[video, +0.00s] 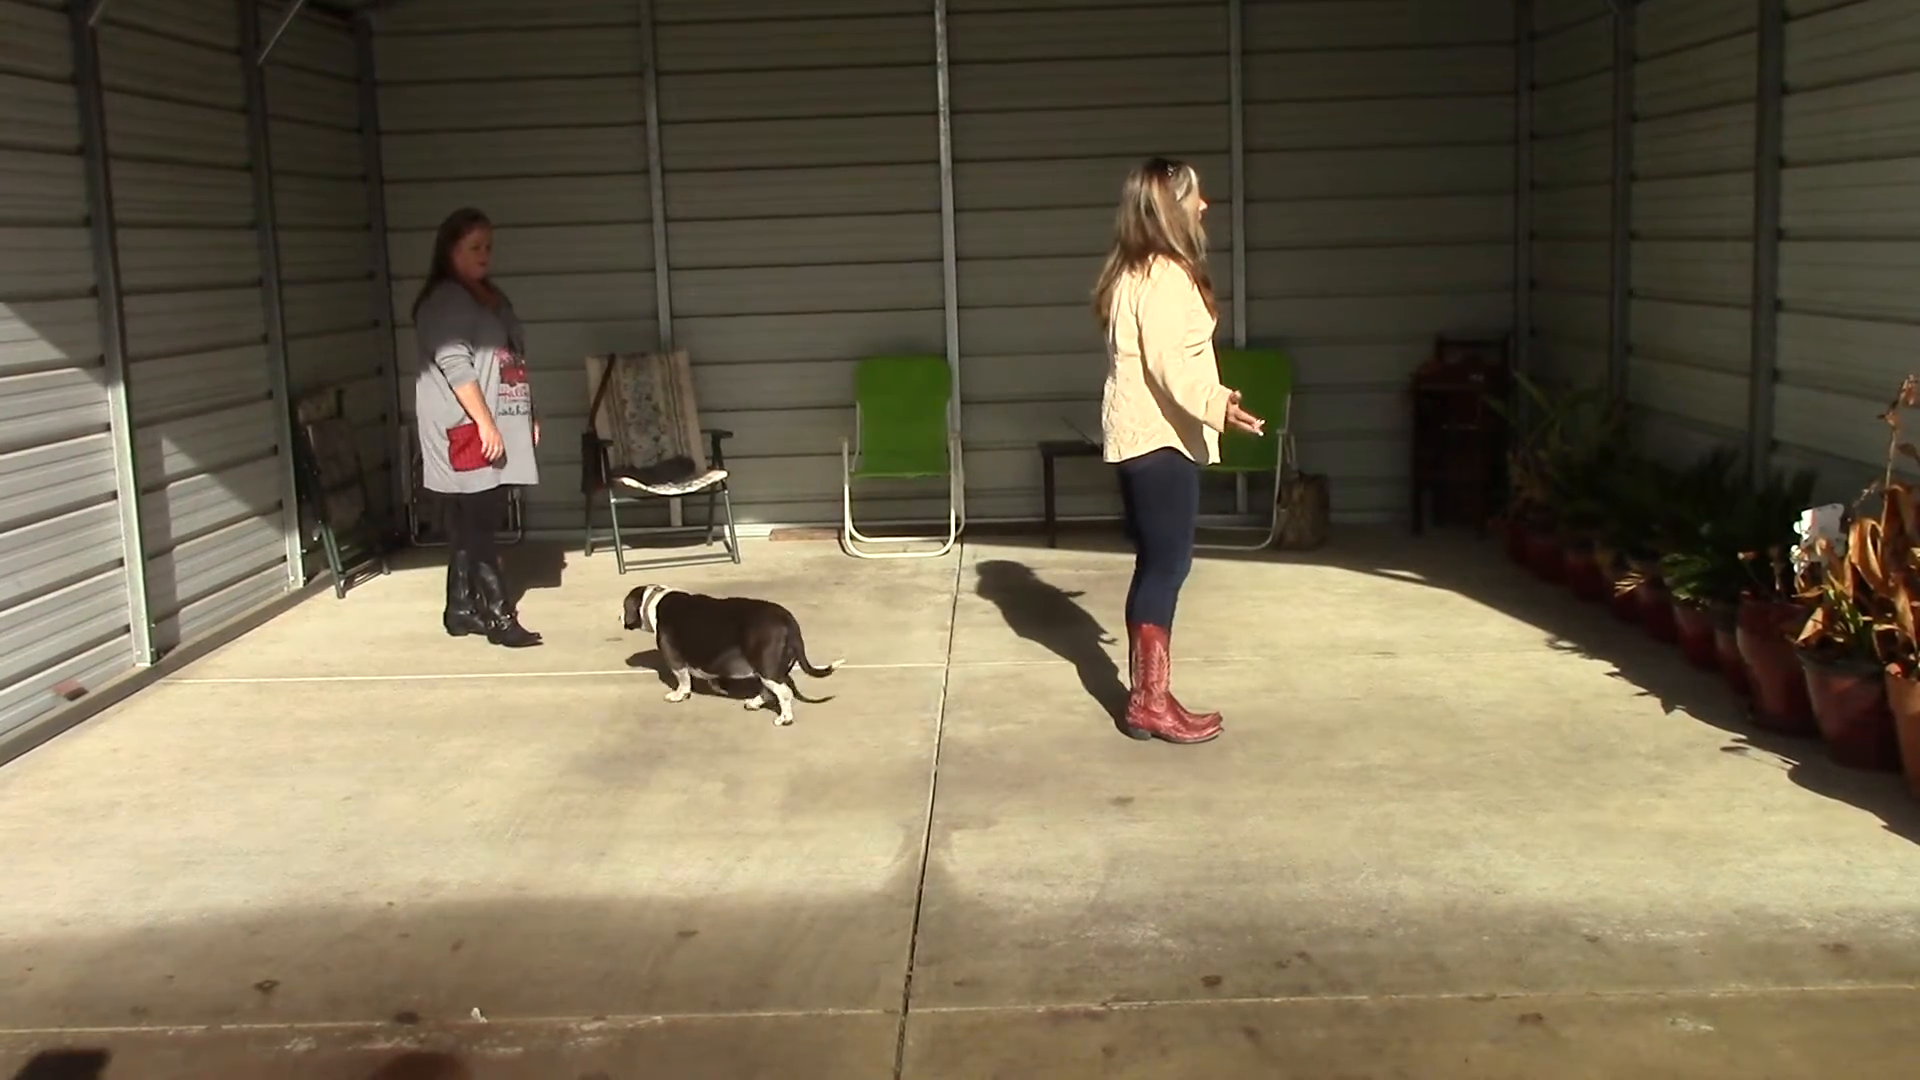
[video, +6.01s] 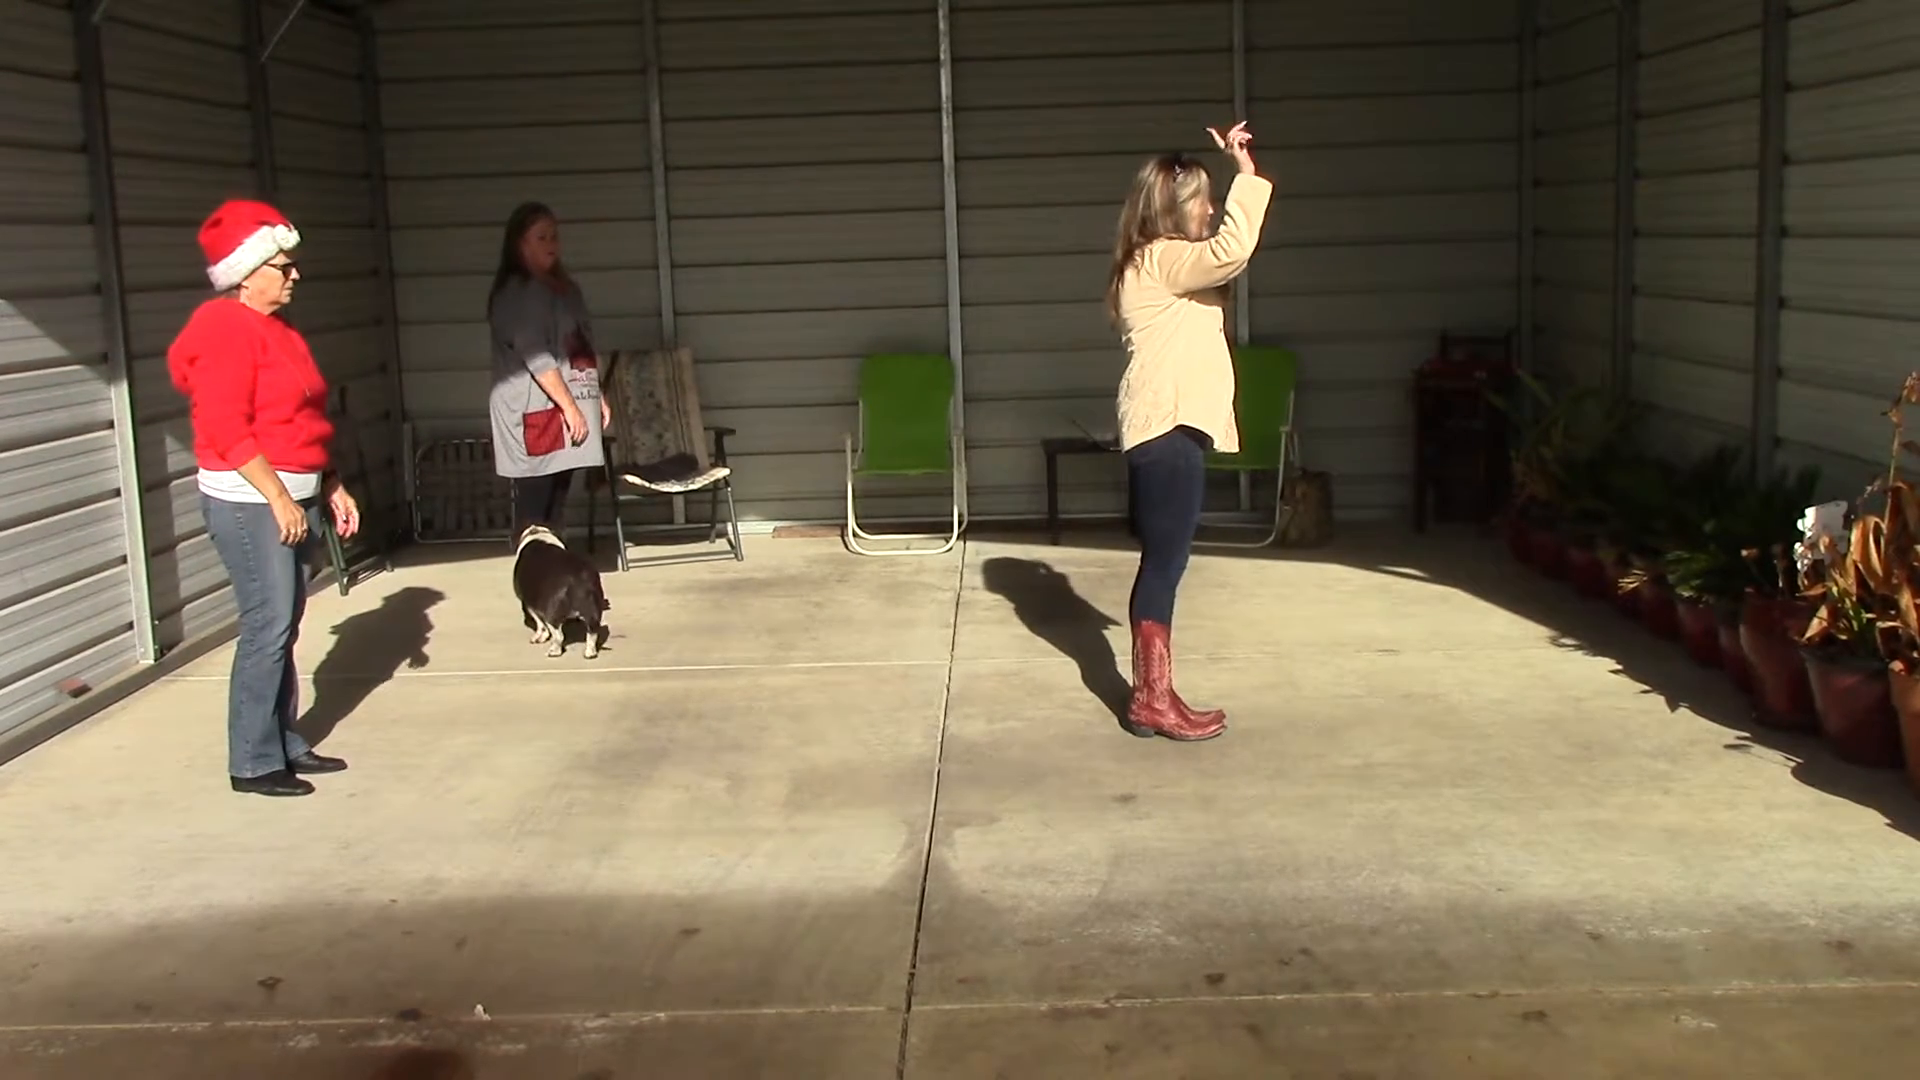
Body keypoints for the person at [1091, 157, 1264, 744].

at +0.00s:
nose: (1204, 205)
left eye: (1201, 196)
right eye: (1195, 197)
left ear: (1152, 207)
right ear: (1172, 207)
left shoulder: (1137, 273)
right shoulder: (1165, 275)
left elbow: (1162, 363)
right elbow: (1171, 363)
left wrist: (1218, 399)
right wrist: (1217, 406)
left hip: (1141, 440)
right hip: (1161, 442)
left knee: (1155, 561)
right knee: (1168, 562)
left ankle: (1146, 694)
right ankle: (1151, 700)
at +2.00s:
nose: (1217, 205)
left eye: (1214, 195)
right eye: (1209, 196)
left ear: (1165, 202)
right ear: (1185, 203)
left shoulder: (1147, 270)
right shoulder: (1170, 274)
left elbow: (1176, 367)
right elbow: (1178, 367)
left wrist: (1230, 412)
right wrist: (1228, 419)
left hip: (1148, 438)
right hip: (1167, 440)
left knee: (1158, 559)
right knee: (1181, 559)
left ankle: (1148, 693)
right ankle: (1155, 697)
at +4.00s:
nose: (1224, 235)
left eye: (1229, 223)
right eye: (1214, 223)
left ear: (1232, 226)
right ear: (1183, 225)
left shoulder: (1212, 293)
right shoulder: (1146, 294)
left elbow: (1220, 375)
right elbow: (1114, 386)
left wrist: (1232, 430)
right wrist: (1107, 469)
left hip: (1191, 457)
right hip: (1152, 456)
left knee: (1172, 565)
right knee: (1154, 566)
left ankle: (1160, 692)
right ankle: (1149, 698)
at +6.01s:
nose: (1213, 209)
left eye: (1211, 199)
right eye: (1204, 200)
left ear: (1170, 206)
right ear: (1174, 206)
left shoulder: (1158, 262)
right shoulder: (1160, 258)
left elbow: (1227, 254)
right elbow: (1231, 250)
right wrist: (1250, 177)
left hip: (1167, 428)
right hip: (1168, 428)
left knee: (1162, 560)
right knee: (1164, 560)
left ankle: (1154, 695)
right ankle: (1151, 699)